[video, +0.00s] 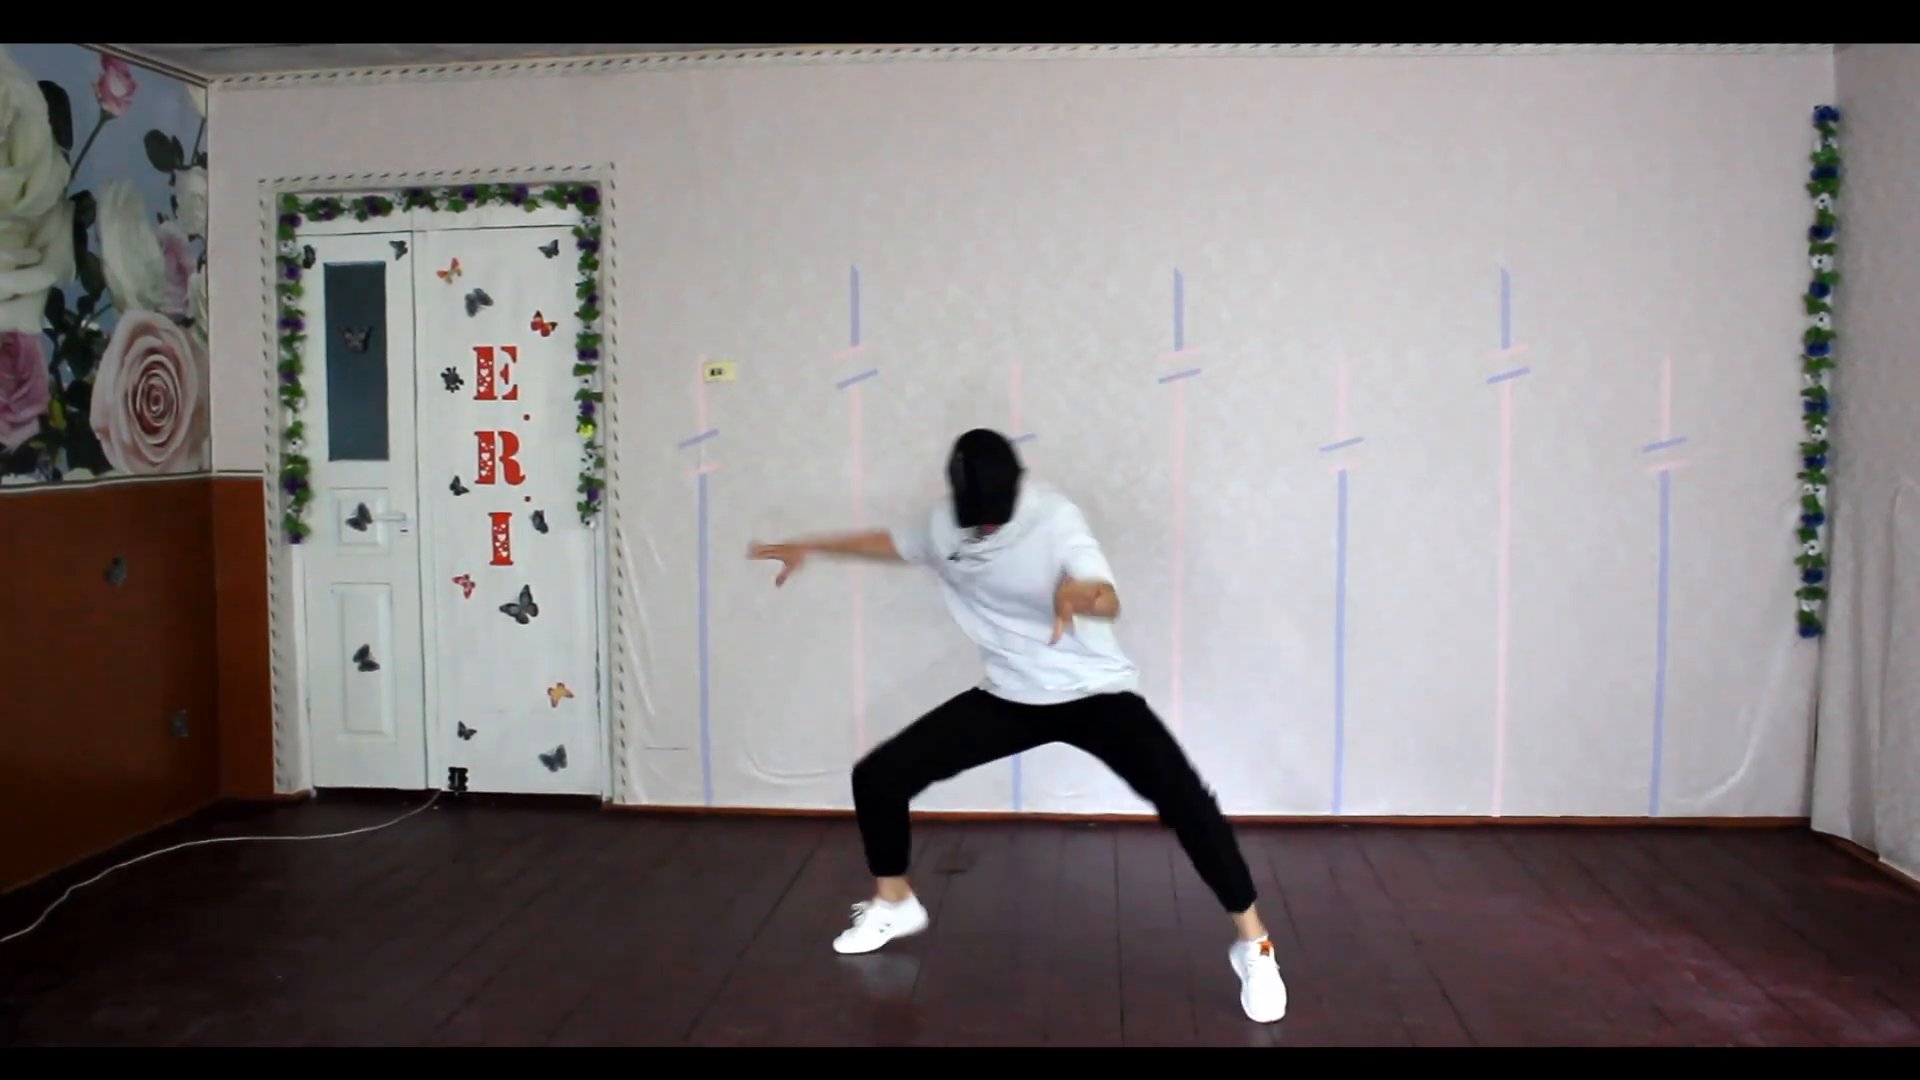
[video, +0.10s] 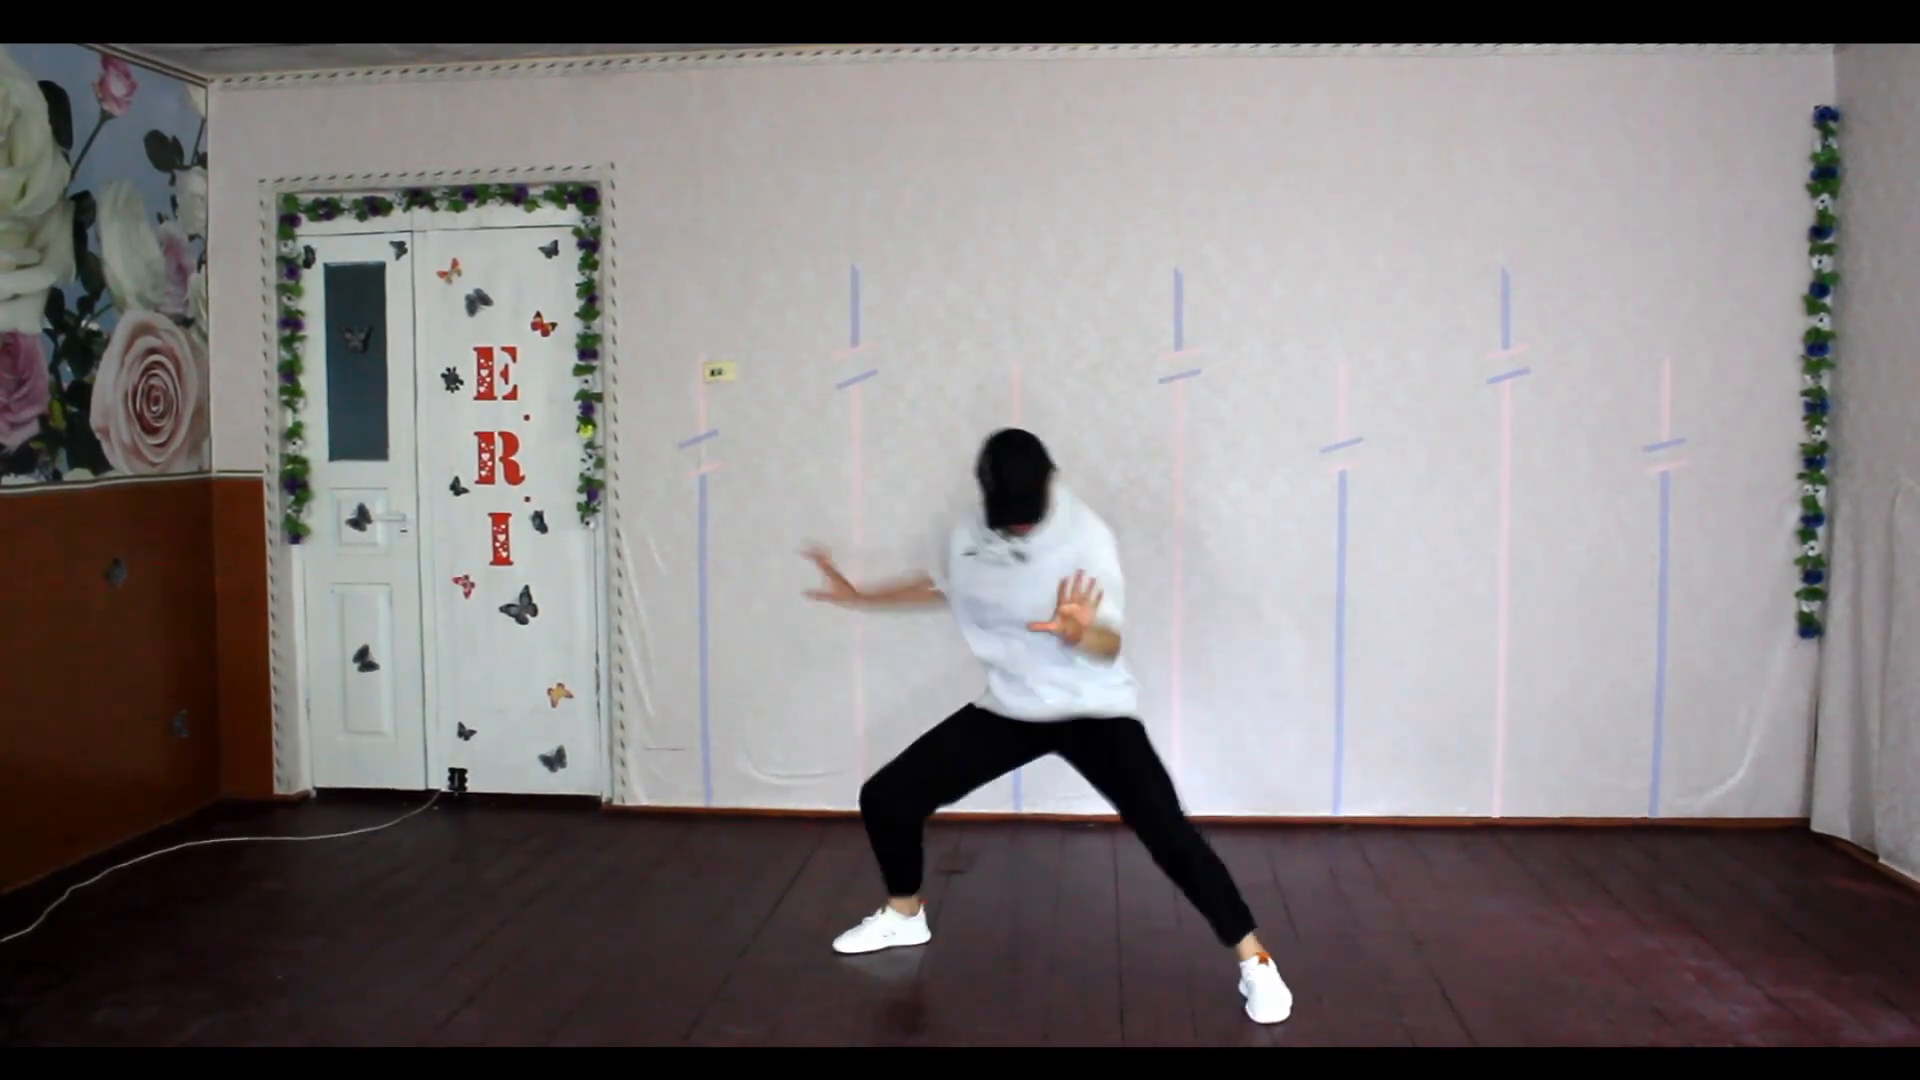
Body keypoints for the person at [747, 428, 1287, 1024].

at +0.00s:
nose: (982, 531)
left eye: (992, 521)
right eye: (971, 521)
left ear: (1014, 497)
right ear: (954, 501)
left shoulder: (1054, 520)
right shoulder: (940, 529)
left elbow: (1107, 598)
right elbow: (889, 546)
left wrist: (1071, 595)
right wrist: (807, 548)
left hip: (1097, 698)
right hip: (1007, 699)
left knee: (1187, 803)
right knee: (879, 779)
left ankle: (1255, 945)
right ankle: (894, 903)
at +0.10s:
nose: (1021, 534)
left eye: (1030, 523)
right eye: (1008, 525)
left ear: (1048, 494)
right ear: (986, 501)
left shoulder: (1087, 538)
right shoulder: (968, 540)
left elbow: (1111, 645)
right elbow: (946, 589)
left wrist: (1080, 632)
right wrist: (862, 595)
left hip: (1096, 715)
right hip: (1008, 711)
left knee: (1169, 836)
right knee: (887, 799)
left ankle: (1253, 958)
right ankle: (904, 914)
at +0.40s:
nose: (971, 529)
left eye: (980, 515)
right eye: (959, 519)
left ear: (1002, 485)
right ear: (942, 502)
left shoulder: (1049, 508)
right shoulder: (943, 540)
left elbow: (1093, 571)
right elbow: (870, 586)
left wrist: (1085, 598)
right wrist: (832, 532)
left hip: (1108, 689)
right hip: (1017, 691)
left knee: (1196, 809)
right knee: (895, 784)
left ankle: (1264, 947)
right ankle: (891, 903)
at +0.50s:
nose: (997, 496)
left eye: (1005, 485)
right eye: (988, 486)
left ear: (1021, 472)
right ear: (975, 478)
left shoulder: (1072, 500)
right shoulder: (967, 532)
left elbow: (1106, 589)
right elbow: (917, 592)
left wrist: (1056, 599)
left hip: (1114, 684)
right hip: (1022, 688)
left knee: (1209, 797)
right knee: (902, 786)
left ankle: (1267, 939)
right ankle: (891, 904)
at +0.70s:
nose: (1145, 505)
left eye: (1154, 493)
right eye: (1133, 495)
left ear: (1165, 474)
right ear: (1109, 474)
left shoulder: (1175, 517)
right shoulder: (1065, 497)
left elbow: (1166, 613)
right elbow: (1050, 589)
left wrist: (1090, 646)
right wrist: (1146, 618)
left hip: (1127, 704)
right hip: (1032, 699)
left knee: (1219, 818)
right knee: (920, 813)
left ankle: (1258, 953)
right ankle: (905, 916)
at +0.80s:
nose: (1159, 515)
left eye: (1169, 504)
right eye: (1147, 505)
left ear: (1183, 481)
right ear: (1123, 480)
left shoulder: (1193, 526)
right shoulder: (1080, 500)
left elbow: (1176, 622)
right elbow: (1064, 598)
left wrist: (1123, 631)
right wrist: (1162, 611)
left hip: (1135, 704)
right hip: (1039, 698)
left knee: (1225, 823)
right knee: (919, 816)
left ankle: (1258, 953)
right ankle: (905, 916)